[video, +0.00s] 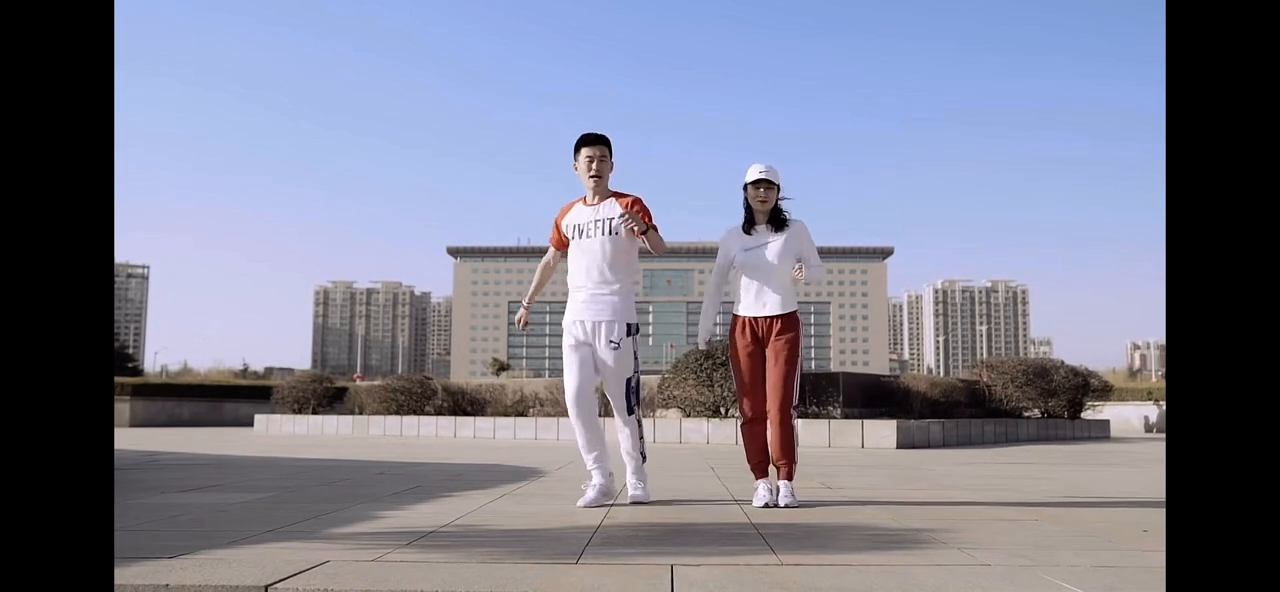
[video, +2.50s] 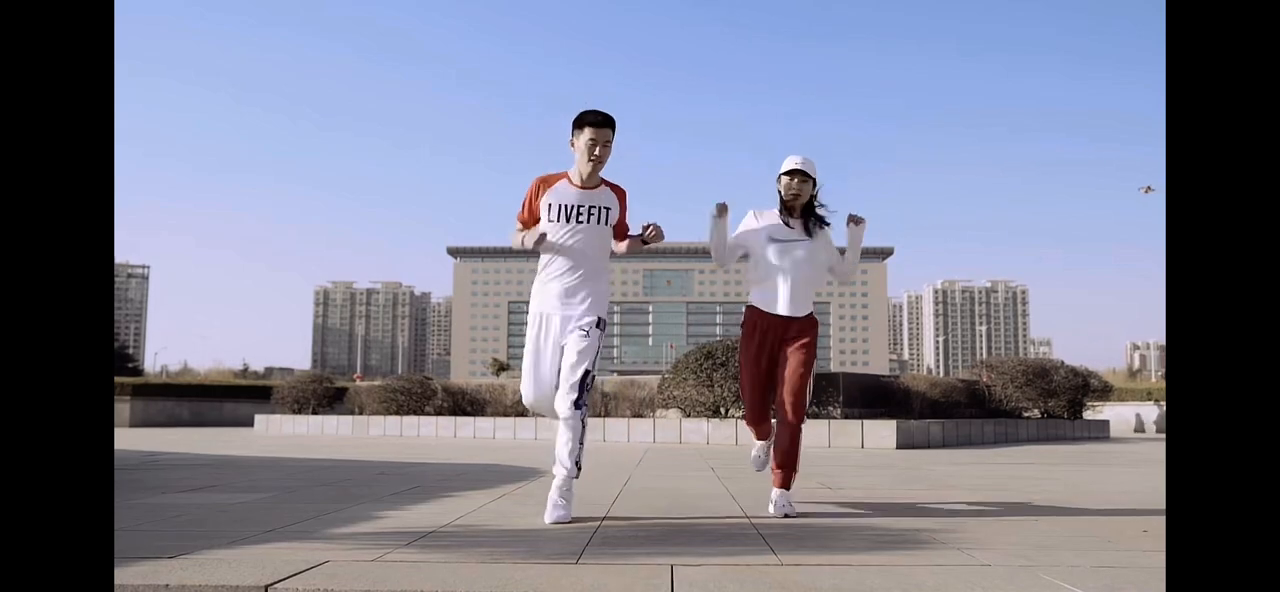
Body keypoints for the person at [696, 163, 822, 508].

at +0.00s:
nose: (762, 192)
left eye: (768, 186)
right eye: (756, 186)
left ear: (777, 192)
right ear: (746, 192)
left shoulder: (795, 230)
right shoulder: (732, 237)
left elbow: (817, 271)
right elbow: (716, 285)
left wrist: (805, 274)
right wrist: (705, 328)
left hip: (783, 325)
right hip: (745, 326)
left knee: (779, 405)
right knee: (751, 407)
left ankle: (784, 482)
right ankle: (762, 482)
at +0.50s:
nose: (771, 185)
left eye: (777, 179)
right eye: (765, 179)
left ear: (786, 185)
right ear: (755, 185)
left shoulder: (795, 225)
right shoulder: (736, 222)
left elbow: (803, 263)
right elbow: (721, 261)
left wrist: (811, 297)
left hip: (785, 311)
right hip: (747, 311)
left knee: (775, 378)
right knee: (750, 398)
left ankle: (779, 459)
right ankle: (758, 471)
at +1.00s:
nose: (775, 187)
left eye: (781, 182)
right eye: (768, 183)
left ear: (790, 188)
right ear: (758, 190)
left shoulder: (807, 229)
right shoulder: (745, 233)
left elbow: (817, 272)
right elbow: (728, 284)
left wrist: (805, 264)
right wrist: (717, 330)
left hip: (794, 320)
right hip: (755, 315)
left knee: (783, 406)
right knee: (763, 329)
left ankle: (782, 483)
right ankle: (760, 407)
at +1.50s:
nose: (774, 185)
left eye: (781, 180)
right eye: (768, 179)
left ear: (789, 187)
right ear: (757, 187)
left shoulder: (803, 227)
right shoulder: (741, 228)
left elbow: (817, 269)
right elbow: (731, 272)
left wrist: (813, 282)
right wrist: (749, 295)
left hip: (793, 310)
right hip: (754, 312)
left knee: (778, 348)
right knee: (757, 398)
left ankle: (785, 414)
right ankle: (763, 480)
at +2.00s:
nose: (781, 174)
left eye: (788, 168)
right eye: (775, 168)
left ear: (799, 173)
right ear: (765, 172)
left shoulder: (815, 215)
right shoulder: (749, 209)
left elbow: (826, 265)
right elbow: (732, 260)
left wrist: (823, 311)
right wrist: (729, 306)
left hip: (797, 304)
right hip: (755, 303)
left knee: (790, 393)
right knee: (756, 369)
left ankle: (790, 482)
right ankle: (764, 437)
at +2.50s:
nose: (794, 185)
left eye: (802, 179)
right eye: (788, 178)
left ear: (813, 188)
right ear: (778, 184)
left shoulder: (819, 232)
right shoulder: (758, 220)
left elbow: (843, 274)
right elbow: (722, 258)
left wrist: (854, 238)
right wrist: (719, 222)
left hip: (801, 325)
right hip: (759, 321)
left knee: (792, 408)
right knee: (754, 407)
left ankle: (781, 490)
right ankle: (764, 438)